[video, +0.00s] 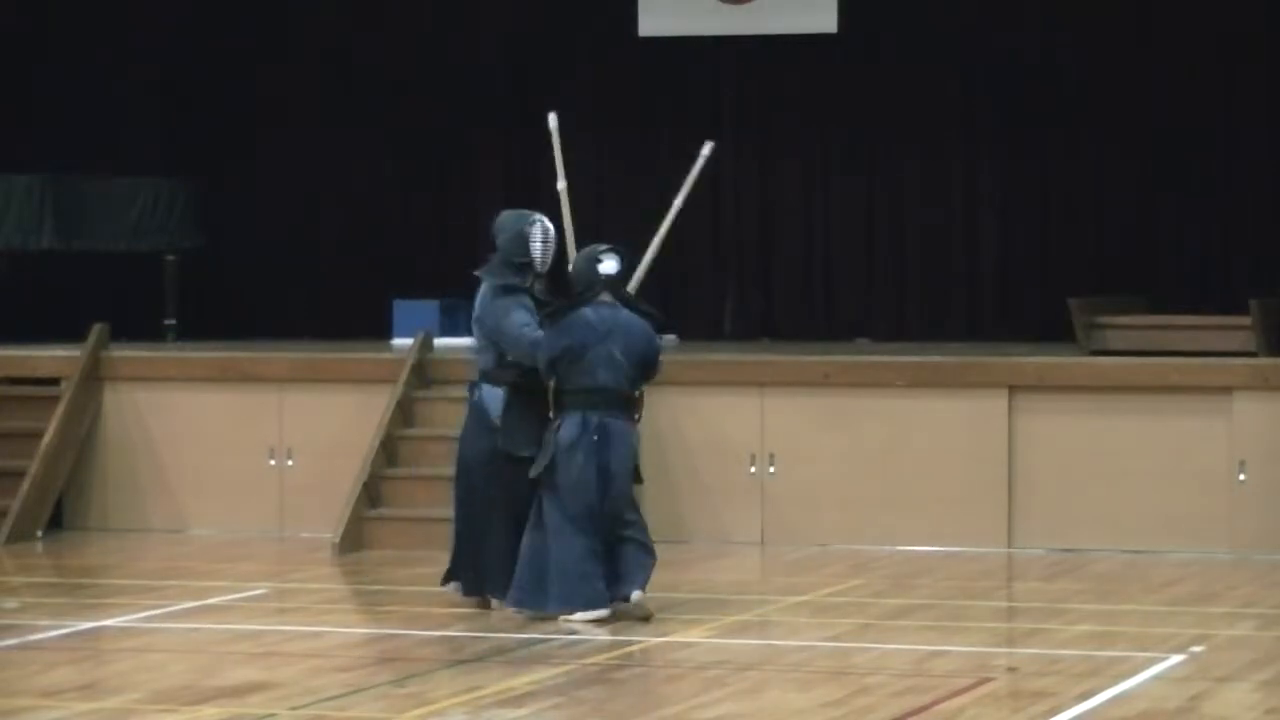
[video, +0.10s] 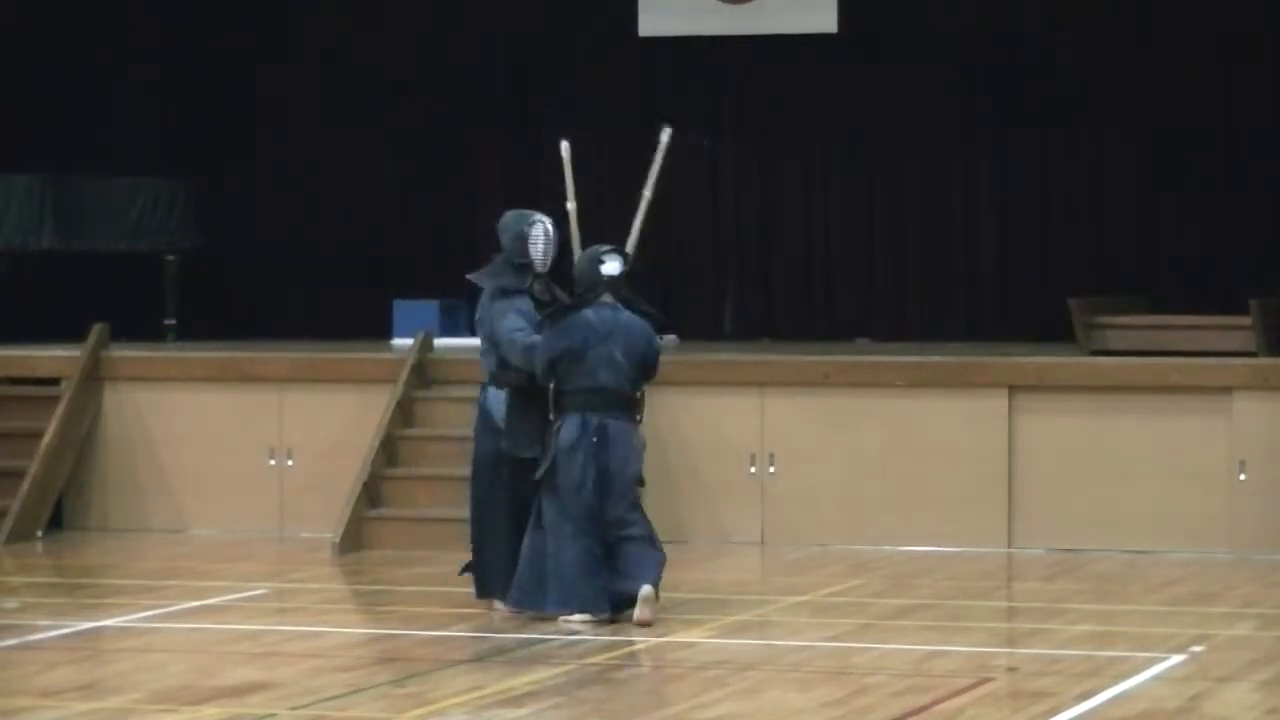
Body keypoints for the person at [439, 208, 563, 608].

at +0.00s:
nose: (547, 254)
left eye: (547, 245)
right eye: (542, 246)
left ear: (510, 249)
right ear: (524, 250)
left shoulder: (519, 291)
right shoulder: (503, 299)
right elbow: (537, 348)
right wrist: (580, 338)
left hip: (516, 397)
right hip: (502, 401)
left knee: (494, 488)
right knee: (499, 490)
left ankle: (477, 577)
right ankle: (491, 582)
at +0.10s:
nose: (546, 252)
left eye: (547, 243)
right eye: (540, 244)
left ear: (515, 247)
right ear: (525, 248)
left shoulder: (542, 291)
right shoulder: (505, 299)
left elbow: (569, 326)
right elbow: (524, 348)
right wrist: (566, 352)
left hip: (535, 397)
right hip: (507, 399)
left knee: (529, 488)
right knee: (506, 490)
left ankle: (527, 583)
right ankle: (500, 585)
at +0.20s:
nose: (547, 251)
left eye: (552, 242)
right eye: (539, 243)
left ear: (558, 246)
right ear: (520, 247)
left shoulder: (560, 289)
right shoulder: (506, 295)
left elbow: (582, 328)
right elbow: (516, 347)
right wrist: (562, 358)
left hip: (556, 397)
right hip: (516, 400)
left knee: (552, 490)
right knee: (514, 492)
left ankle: (548, 583)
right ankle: (507, 586)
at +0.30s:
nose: (554, 252)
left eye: (560, 243)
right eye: (546, 243)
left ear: (568, 247)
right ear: (528, 248)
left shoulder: (575, 293)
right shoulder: (511, 300)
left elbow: (596, 333)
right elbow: (522, 351)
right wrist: (569, 357)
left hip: (566, 401)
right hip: (523, 402)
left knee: (557, 494)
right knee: (519, 497)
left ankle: (554, 586)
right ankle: (509, 587)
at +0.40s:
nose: (566, 253)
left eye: (572, 243)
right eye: (557, 244)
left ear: (580, 247)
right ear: (539, 247)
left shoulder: (585, 292)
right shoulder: (521, 297)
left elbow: (606, 333)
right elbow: (527, 347)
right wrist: (575, 357)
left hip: (576, 402)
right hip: (531, 402)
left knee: (568, 494)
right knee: (525, 495)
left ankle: (570, 588)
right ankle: (515, 588)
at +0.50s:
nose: (579, 254)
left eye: (584, 246)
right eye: (570, 246)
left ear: (592, 249)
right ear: (551, 249)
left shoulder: (597, 293)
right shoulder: (534, 301)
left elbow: (621, 334)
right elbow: (546, 355)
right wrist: (596, 349)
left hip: (589, 406)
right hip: (544, 405)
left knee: (577, 500)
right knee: (535, 498)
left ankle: (572, 594)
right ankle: (515, 595)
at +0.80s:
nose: (603, 248)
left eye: (610, 238)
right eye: (595, 238)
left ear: (620, 244)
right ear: (580, 242)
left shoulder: (630, 292)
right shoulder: (558, 296)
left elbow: (652, 334)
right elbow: (572, 351)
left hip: (616, 405)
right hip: (569, 403)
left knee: (610, 501)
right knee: (559, 500)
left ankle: (606, 594)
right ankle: (537, 591)